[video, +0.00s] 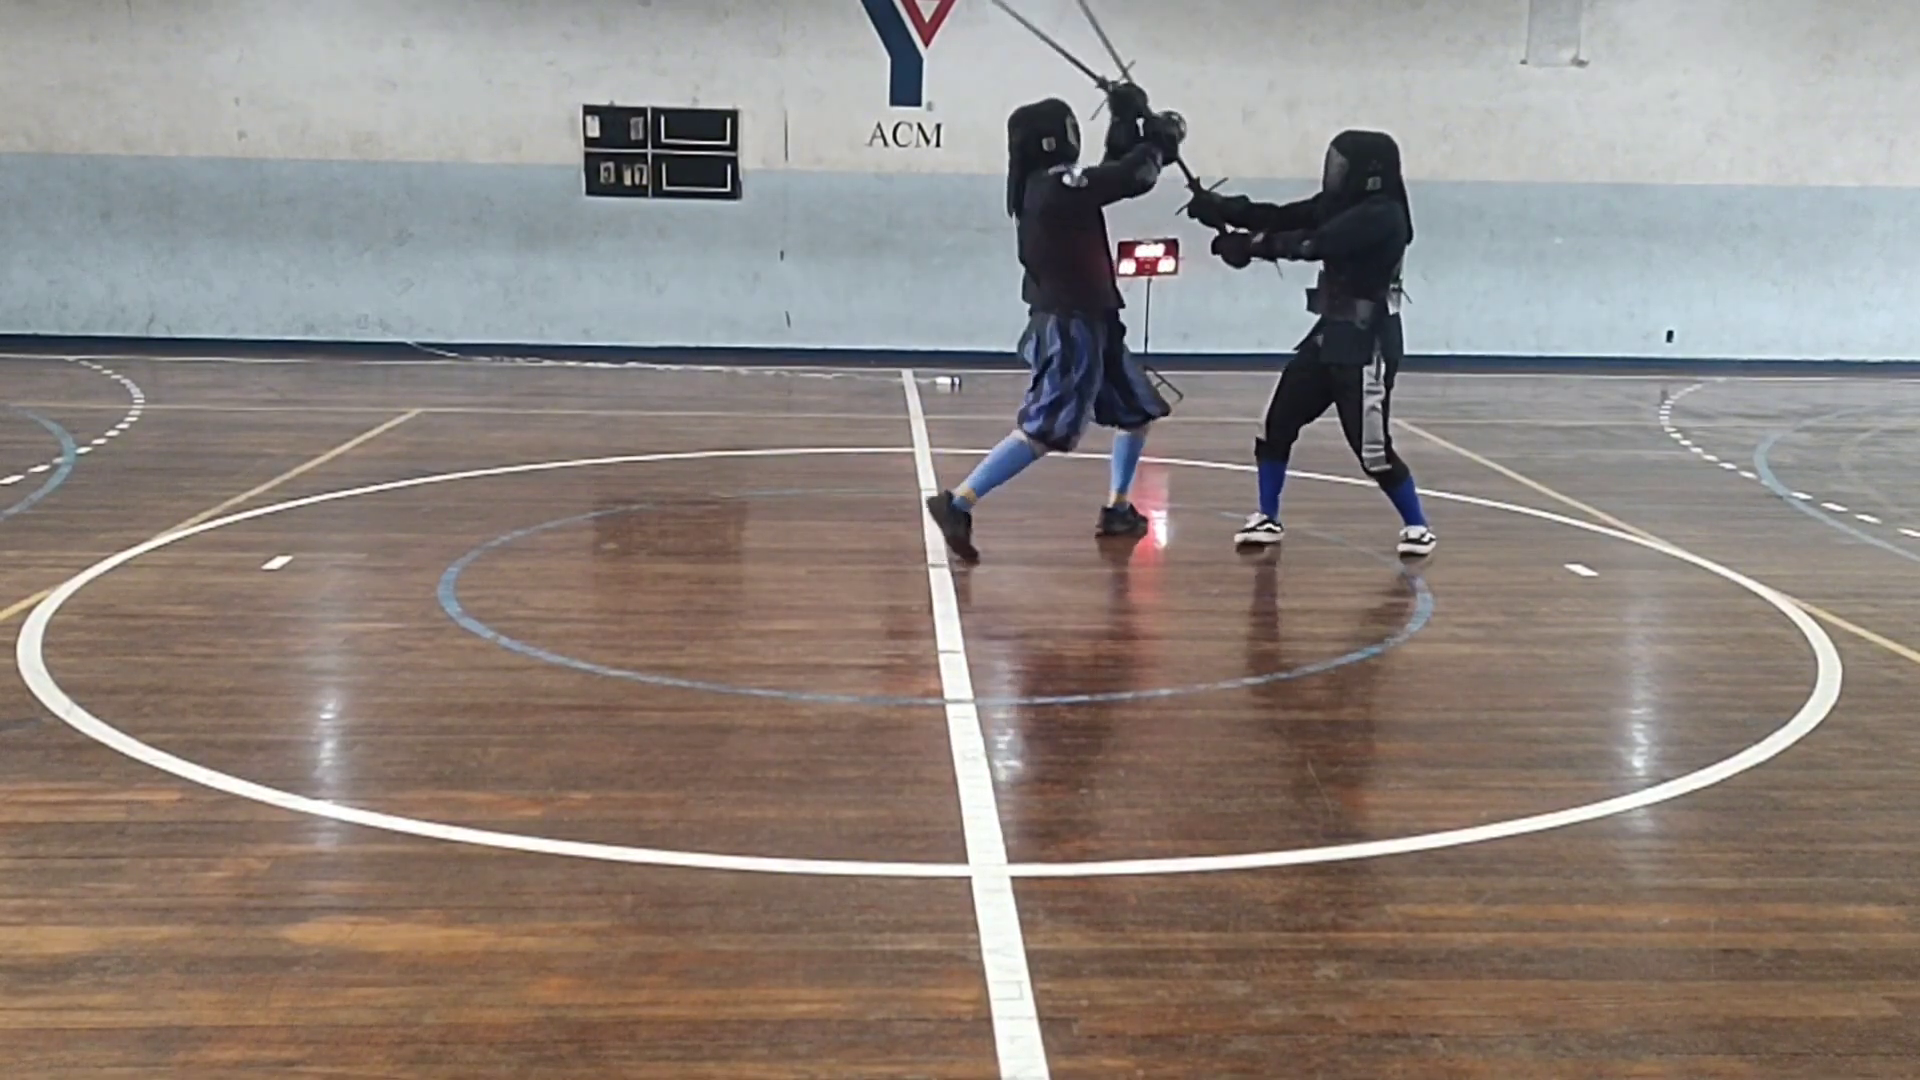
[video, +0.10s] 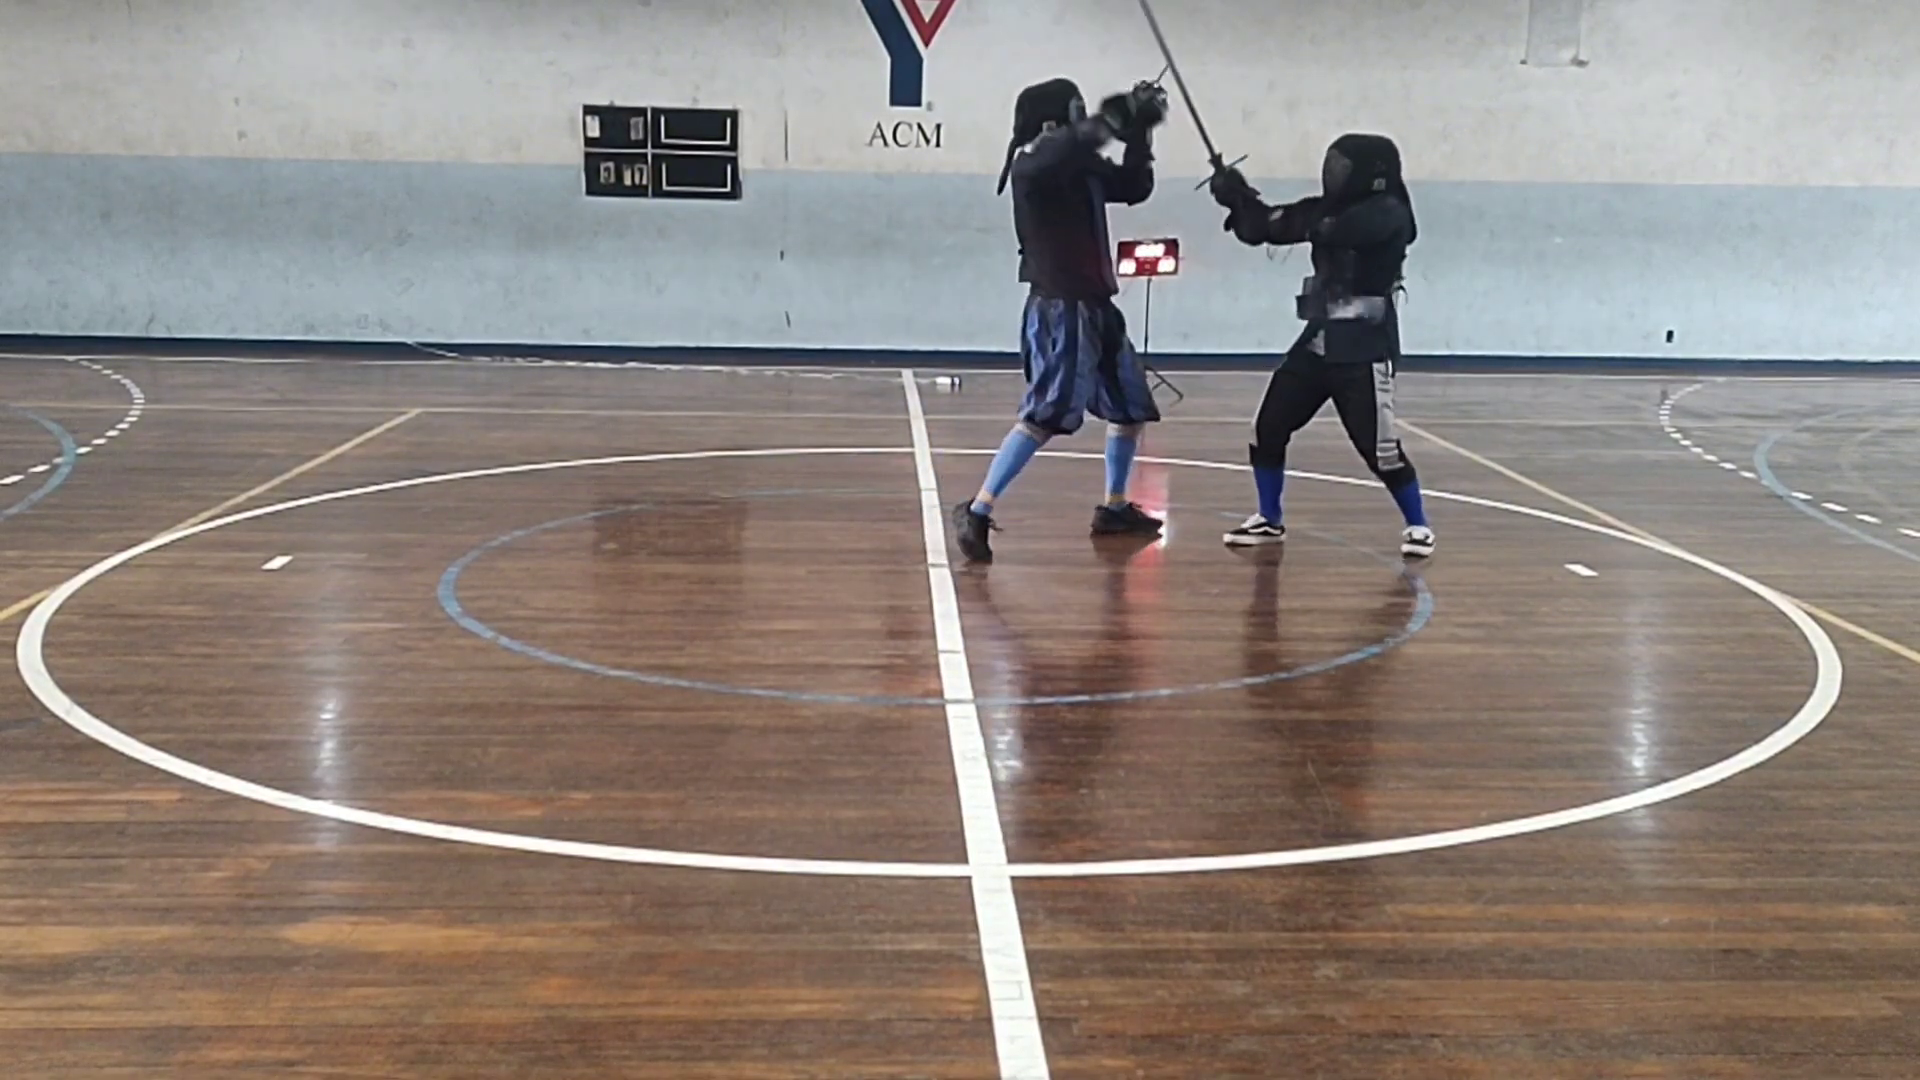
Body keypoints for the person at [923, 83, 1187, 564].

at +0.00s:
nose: (1078, 137)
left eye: (1073, 130)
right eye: (1070, 130)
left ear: (1032, 146)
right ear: (1052, 142)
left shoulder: (1047, 182)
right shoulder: (1058, 185)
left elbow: (1111, 174)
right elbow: (1136, 178)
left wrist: (1123, 121)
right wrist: (1159, 139)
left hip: (1090, 320)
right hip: (1068, 322)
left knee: (1136, 412)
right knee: (1048, 429)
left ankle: (1118, 509)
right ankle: (957, 503)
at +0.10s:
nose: (1086, 122)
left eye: (1083, 115)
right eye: (1078, 114)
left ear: (1043, 124)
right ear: (1055, 120)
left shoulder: (1082, 166)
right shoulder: (1031, 162)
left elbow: (1135, 186)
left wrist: (1139, 137)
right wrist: (1114, 116)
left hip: (1096, 306)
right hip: (1058, 306)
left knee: (1129, 408)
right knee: (1047, 414)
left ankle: (1115, 508)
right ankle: (977, 512)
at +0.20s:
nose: (1093, 112)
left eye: (1091, 102)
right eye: (1084, 101)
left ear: (1079, 112)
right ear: (1057, 106)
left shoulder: (1096, 158)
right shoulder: (1031, 156)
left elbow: (1143, 170)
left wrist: (1126, 114)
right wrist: (1073, 57)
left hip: (1100, 297)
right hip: (1053, 294)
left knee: (1122, 408)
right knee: (1033, 406)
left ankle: (1112, 509)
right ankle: (979, 511)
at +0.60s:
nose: (1038, 124)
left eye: (1045, 116)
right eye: (1027, 117)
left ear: (1057, 122)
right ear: (1009, 127)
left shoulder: (1080, 167)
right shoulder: (997, 171)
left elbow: (1093, 133)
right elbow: (954, 110)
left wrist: (1066, 97)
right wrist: (994, 54)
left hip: (1078, 313)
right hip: (1016, 314)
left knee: (1104, 422)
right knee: (986, 419)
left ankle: (1131, 507)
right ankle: (954, 519)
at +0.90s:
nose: (984, 137)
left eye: (990, 129)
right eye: (973, 130)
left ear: (1001, 133)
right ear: (952, 138)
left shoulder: (1022, 179)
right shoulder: (939, 183)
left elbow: (1056, 145)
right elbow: (896, 120)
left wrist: (1018, 106)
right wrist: (942, 67)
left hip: (1017, 321)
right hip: (955, 325)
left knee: (1063, 421)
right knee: (959, 426)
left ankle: (1109, 502)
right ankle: (953, 522)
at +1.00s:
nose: (968, 132)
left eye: (974, 124)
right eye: (955, 125)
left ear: (980, 130)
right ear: (931, 133)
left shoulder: (1001, 175)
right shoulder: (914, 177)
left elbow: (1042, 148)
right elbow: (874, 114)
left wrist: (998, 104)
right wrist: (924, 67)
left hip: (993, 319)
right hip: (934, 322)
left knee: (1031, 419)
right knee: (950, 427)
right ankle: (952, 519)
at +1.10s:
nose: (944, 135)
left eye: (949, 126)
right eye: (932, 126)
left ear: (957, 129)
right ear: (906, 133)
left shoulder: (977, 172)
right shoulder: (892, 177)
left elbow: (1024, 153)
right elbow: (852, 117)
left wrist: (978, 106)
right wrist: (902, 75)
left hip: (972, 317)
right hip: (918, 319)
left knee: (972, 427)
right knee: (945, 421)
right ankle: (950, 520)